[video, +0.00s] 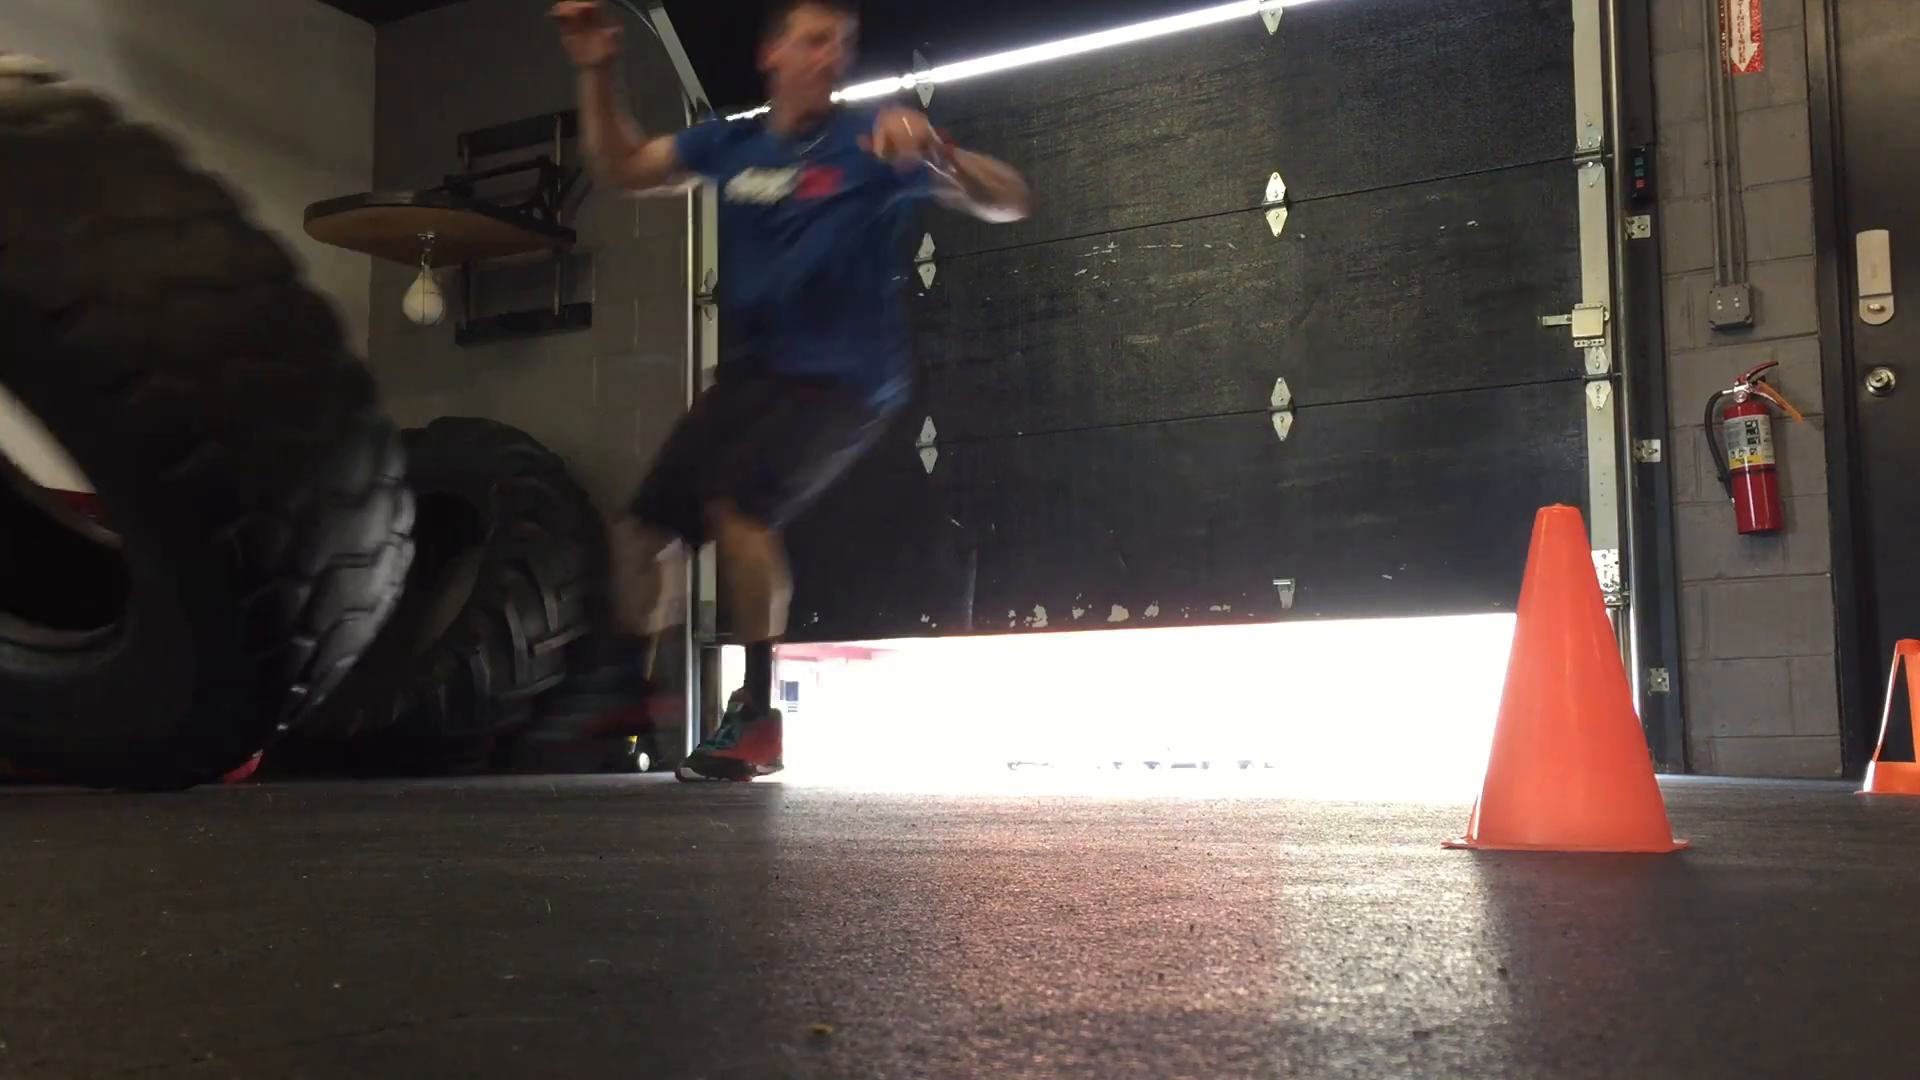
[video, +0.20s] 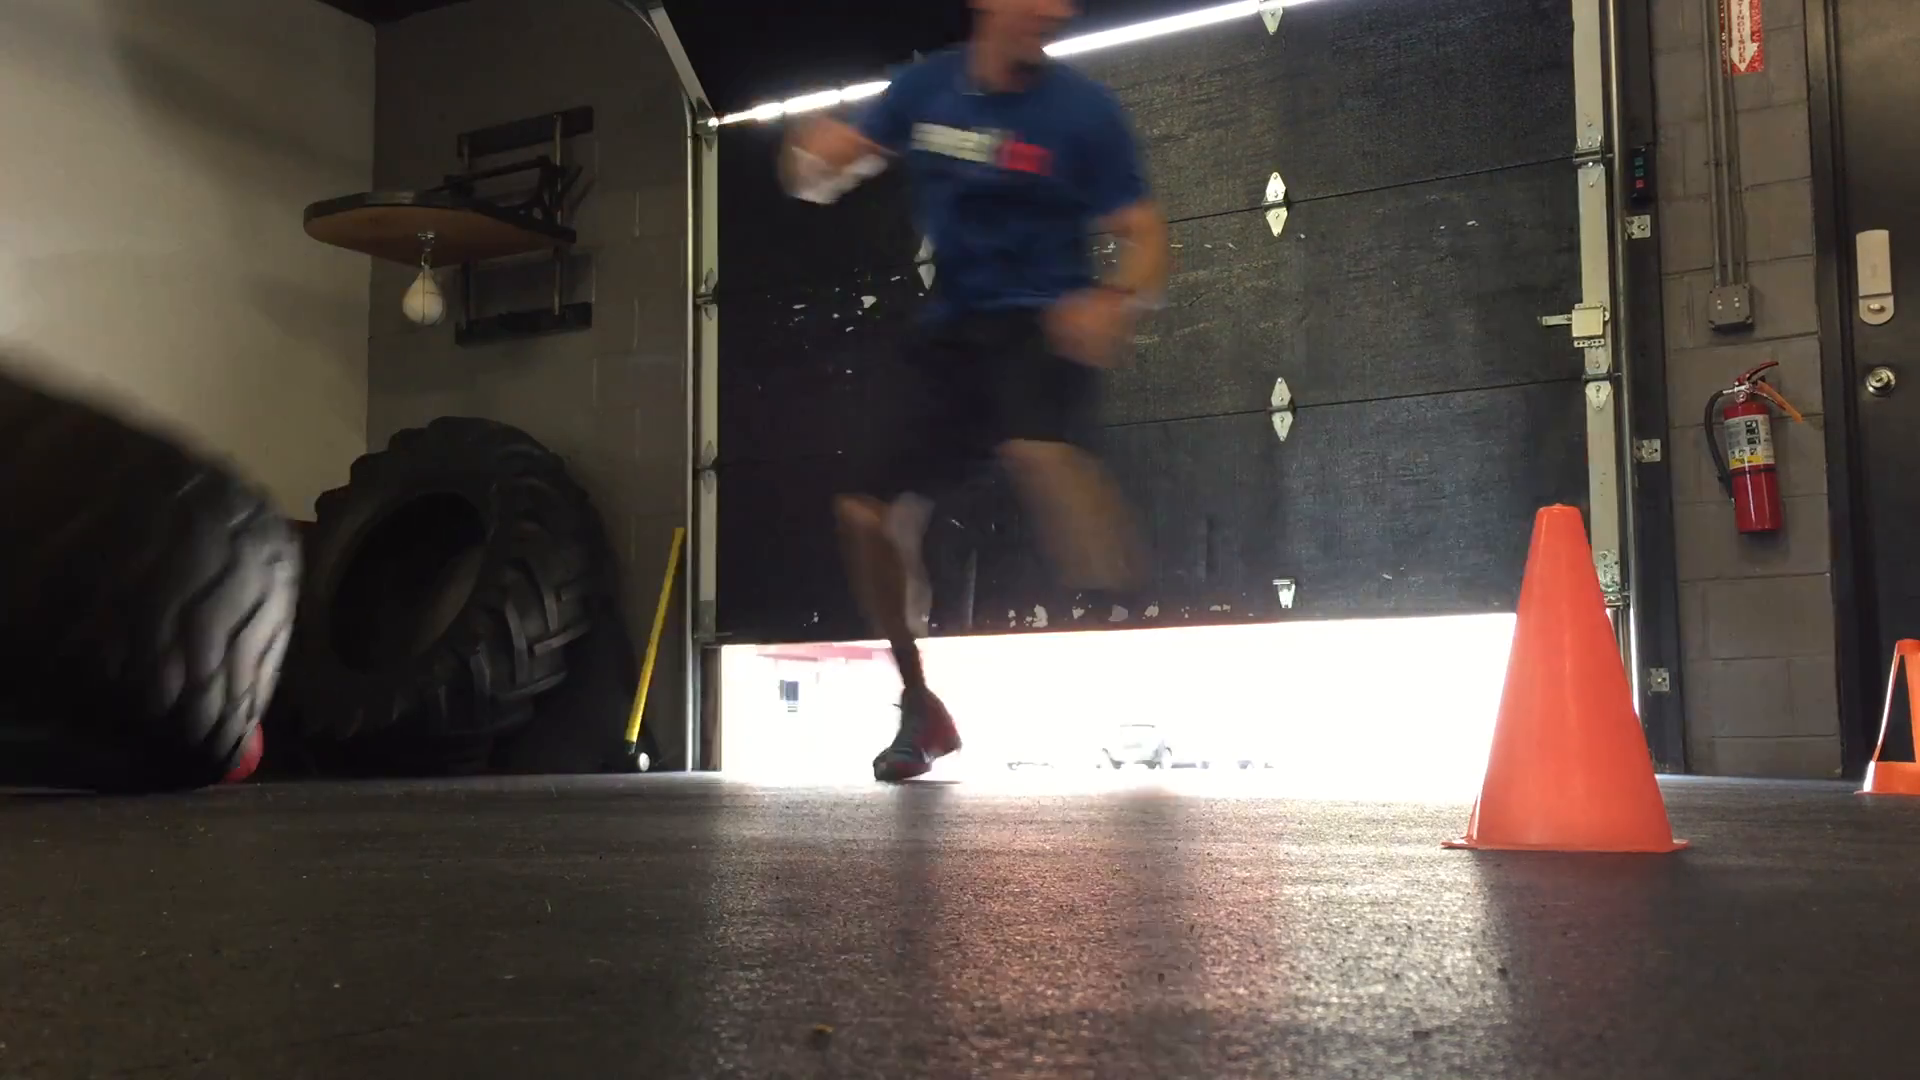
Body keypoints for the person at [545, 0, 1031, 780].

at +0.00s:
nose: (833, 56)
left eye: (842, 43)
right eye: (816, 39)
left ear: (852, 58)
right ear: (771, 53)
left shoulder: (881, 144)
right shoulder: (731, 142)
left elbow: (1013, 202)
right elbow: (621, 167)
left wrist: (938, 154)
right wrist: (596, 69)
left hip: (852, 378)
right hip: (758, 373)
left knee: (742, 508)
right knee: (643, 525)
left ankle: (756, 719)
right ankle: (633, 699)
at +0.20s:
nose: (1050, 13)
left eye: (1056, 5)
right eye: (1032, 0)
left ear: (1059, 17)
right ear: (985, 5)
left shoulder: (1083, 107)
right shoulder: (923, 87)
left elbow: (1146, 235)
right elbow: (814, 173)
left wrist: (1116, 298)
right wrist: (814, 150)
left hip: (1048, 324)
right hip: (950, 328)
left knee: (1036, 446)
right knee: (866, 510)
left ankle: (1131, 634)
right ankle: (921, 709)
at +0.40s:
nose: (1359, 69)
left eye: (1367, 52)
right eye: (1339, 46)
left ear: (1363, 64)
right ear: (1273, 42)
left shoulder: (1370, 164)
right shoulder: (1192, 138)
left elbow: (1472, 282)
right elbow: (1095, 228)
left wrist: (1559, 396)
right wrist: (1079, 311)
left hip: (1323, 406)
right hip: (1195, 405)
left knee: (1473, 529)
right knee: (1089, 574)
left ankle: (1639, 693)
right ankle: (1025, 705)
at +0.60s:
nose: (1631, 214)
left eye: (1643, 196)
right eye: (1613, 188)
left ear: (1643, 201)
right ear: (1545, 180)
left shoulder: (1634, 314)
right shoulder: (1437, 253)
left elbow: (1721, 460)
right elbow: (1290, 337)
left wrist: (1830, 583)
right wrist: (1232, 483)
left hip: (1498, 457)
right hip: (1369, 458)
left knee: (1636, 501)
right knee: (1359, 630)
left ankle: (1700, 723)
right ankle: (1253, 690)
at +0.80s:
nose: (1469, 127)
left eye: (1493, 108)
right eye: (1454, 103)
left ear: (1543, 119)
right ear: (1433, 105)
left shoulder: (1578, 221)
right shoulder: (1362, 190)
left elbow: (1631, 361)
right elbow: (1236, 277)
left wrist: (1716, 493)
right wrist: (1180, 413)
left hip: (1467, 396)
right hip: (1328, 387)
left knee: (1617, 527)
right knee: (1293, 538)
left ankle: (1694, 727)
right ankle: (1208, 671)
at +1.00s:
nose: (1162, 19)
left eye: (1174, 9)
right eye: (1147, 13)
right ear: (1121, 6)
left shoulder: (1287, 36)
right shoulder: (1074, 68)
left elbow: (1415, 134)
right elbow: (1026, 200)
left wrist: (1437, 261)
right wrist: (1011, 366)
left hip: (1285, 315)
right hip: (1141, 325)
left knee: (1421, 503)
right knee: (1100, 541)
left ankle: (1607, 676)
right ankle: (1174, 699)